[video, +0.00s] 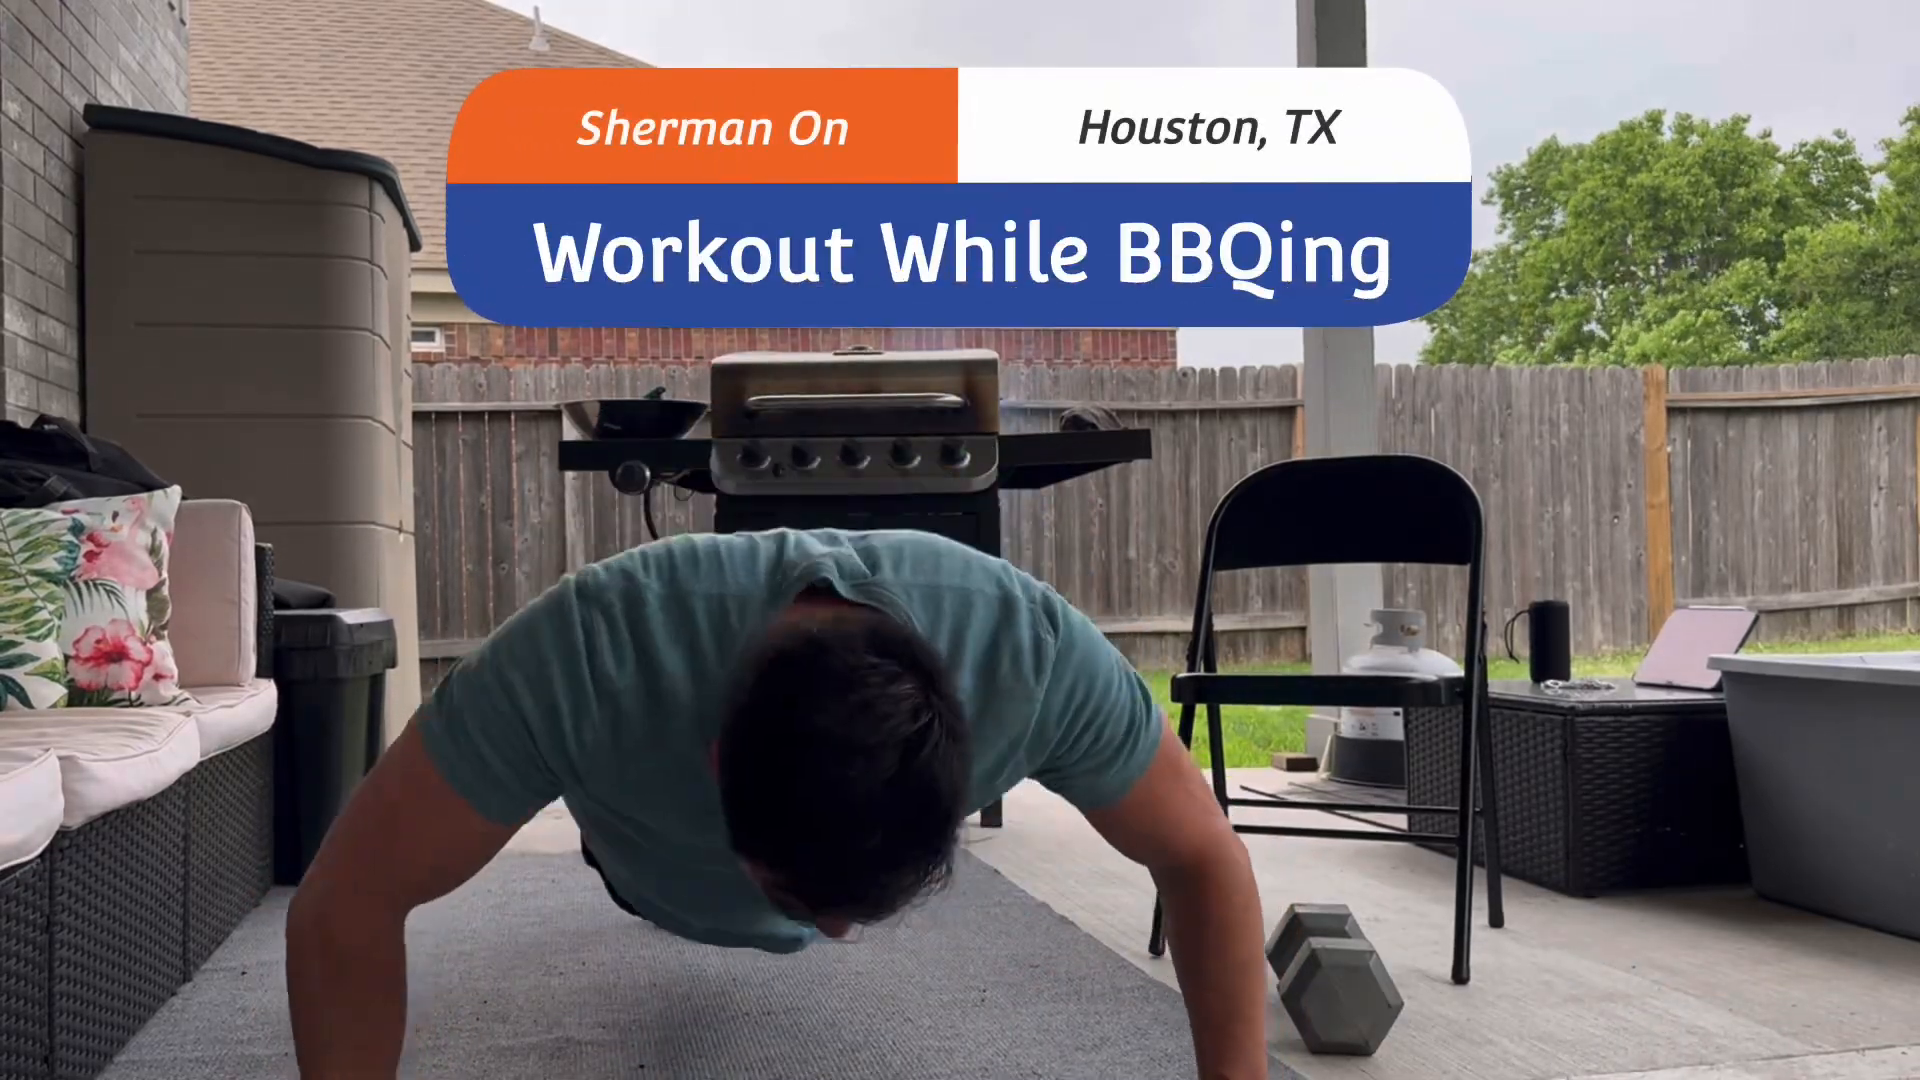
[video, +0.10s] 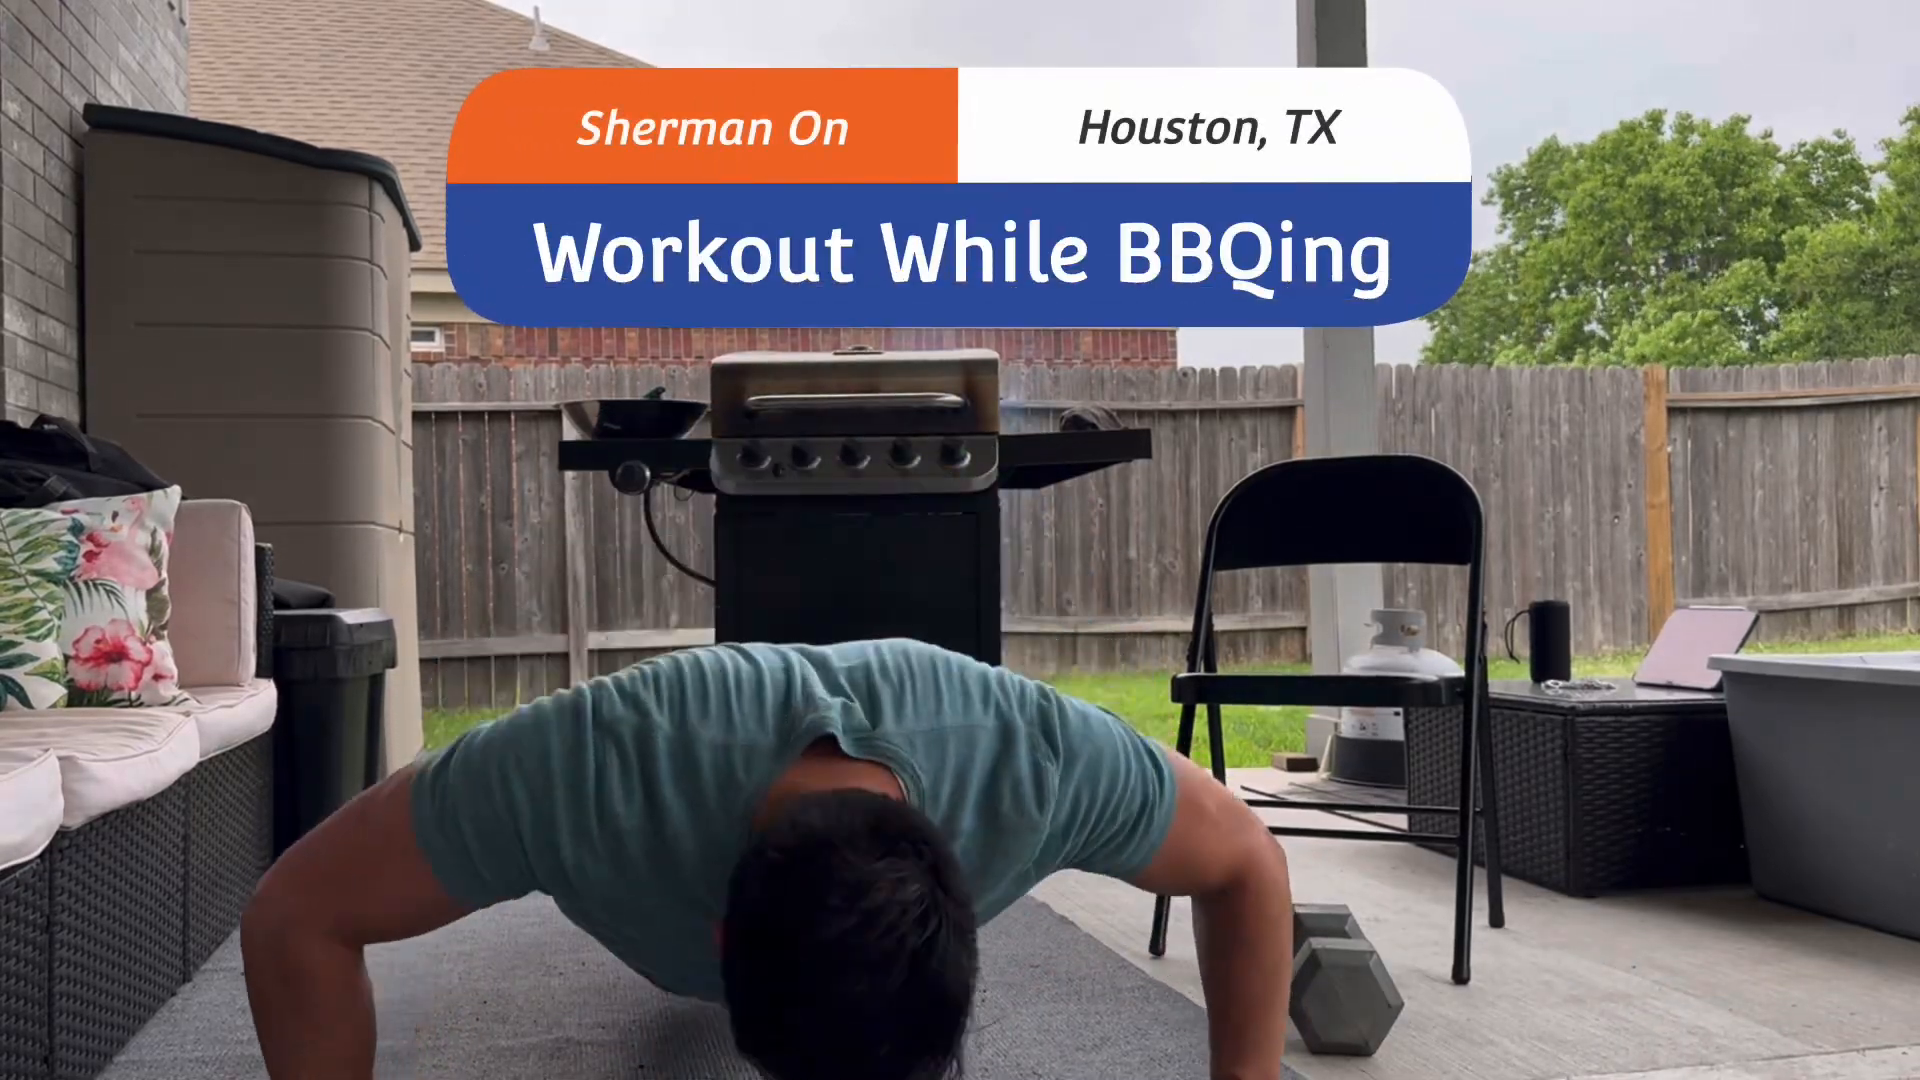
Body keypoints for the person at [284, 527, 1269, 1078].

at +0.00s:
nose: (830, 930)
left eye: (868, 913)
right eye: (792, 904)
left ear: (955, 794)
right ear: (724, 777)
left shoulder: (1030, 653)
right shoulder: (582, 656)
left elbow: (1205, 861)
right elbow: (346, 902)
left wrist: (1236, 1072)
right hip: (670, 869)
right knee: (678, 898)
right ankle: (637, 868)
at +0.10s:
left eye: (888, 1064)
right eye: (794, 1052)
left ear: (958, 925)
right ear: (732, 933)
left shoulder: (1043, 775)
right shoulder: (583, 779)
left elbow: (1248, 867)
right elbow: (293, 922)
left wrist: (1250, 1067)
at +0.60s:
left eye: (886, 1042)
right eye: (804, 1033)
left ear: (965, 866)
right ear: (733, 879)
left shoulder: (1047, 752)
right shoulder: (586, 766)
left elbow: (1233, 872)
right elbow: (299, 921)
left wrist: (1244, 1066)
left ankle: (1269, 950)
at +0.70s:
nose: (806, 877)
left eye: (857, 857)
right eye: (778, 845)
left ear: (952, 736)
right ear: (715, 716)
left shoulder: (1034, 624)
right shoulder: (574, 616)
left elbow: (1185, 859)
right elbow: (373, 899)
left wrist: (1230, 1067)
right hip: (657, 794)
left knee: (863, 861)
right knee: (687, 889)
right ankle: (664, 891)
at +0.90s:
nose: (802, 922)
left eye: (845, 913)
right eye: (776, 893)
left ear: (948, 787)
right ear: (716, 767)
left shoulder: (1020, 659)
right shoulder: (574, 660)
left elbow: (1185, 863)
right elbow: (333, 910)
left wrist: (1214, 1069)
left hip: (869, 829)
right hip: (646, 858)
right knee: (659, 906)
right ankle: (654, 885)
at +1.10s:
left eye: (890, 1030)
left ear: (937, 998)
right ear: (731, 1019)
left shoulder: (1037, 859)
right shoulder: (582, 871)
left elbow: (1231, 870)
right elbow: (265, 931)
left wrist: (1222, 1075)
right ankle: (440, 803)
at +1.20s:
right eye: (809, 1051)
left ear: (927, 1045)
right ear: (747, 1052)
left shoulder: (1039, 906)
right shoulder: (612, 938)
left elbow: (1234, 862)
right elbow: (270, 926)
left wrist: (1236, 1078)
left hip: (905, 819)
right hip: (678, 834)